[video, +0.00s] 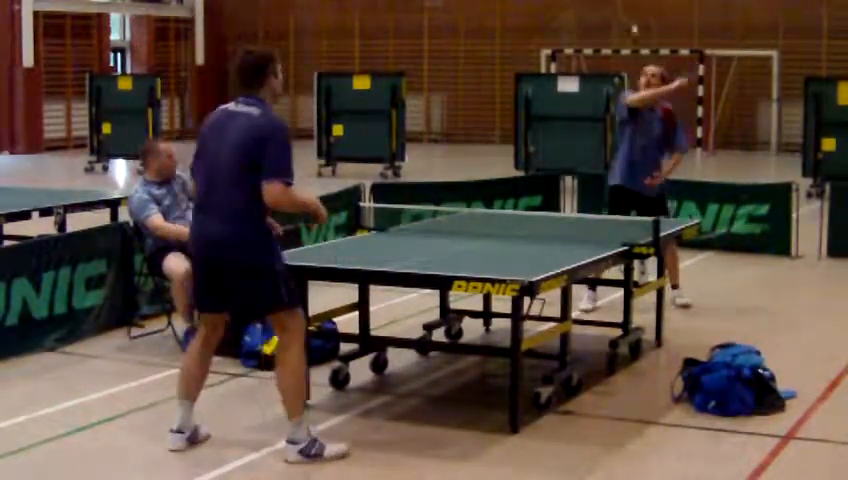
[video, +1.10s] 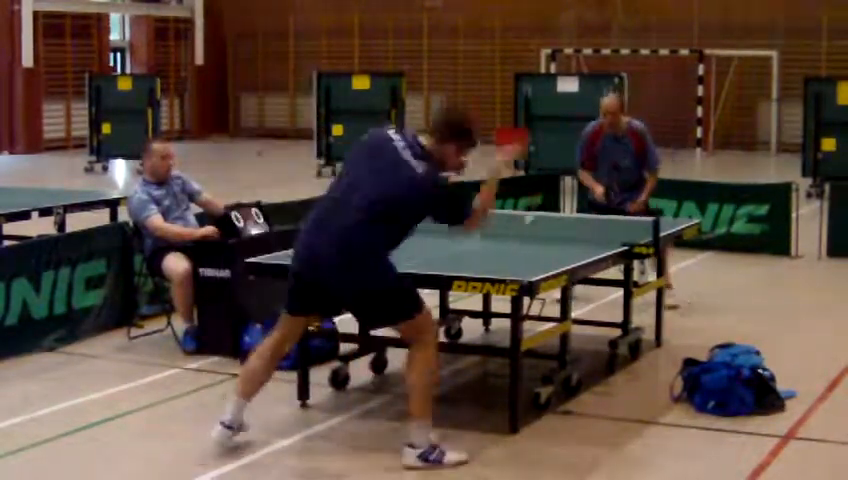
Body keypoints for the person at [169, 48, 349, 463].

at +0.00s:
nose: (282, 81)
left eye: (280, 74)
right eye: (280, 75)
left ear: (241, 79)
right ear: (272, 79)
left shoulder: (214, 120)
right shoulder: (271, 126)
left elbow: (201, 187)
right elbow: (275, 195)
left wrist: (259, 217)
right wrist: (310, 204)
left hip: (205, 242)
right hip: (248, 244)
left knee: (210, 327)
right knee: (291, 324)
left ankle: (182, 426)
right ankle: (300, 437)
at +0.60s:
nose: (324, 109)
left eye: (324, 102)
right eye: (325, 103)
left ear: (288, 98)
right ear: (315, 101)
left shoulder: (251, 135)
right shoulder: (306, 141)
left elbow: (236, 197)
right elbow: (321, 212)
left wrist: (282, 219)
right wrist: (363, 225)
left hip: (239, 251)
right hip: (285, 254)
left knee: (242, 339)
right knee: (343, 334)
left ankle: (211, 435)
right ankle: (350, 441)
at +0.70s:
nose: (351, 112)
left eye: (351, 104)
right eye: (350, 104)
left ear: (314, 99)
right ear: (339, 104)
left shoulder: (281, 132)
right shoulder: (314, 144)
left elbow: (290, 197)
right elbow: (310, 214)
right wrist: (357, 252)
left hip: (248, 257)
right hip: (289, 262)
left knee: (252, 342)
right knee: (360, 329)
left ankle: (212, 433)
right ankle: (378, 440)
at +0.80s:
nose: (381, 134)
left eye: (382, 127)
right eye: (380, 126)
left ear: (351, 118)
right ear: (364, 123)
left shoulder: (319, 141)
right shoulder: (332, 159)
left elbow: (351, 204)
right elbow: (297, 222)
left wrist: (400, 208)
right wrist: (332, 277)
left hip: (261, 264)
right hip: (290, 272)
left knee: (266, 347)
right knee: (373, 335)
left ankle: (215, 432)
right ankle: (411, 439)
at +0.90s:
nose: (417, 158)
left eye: (419, 150)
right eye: (417, 150)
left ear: (389, 139)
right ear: (402, 145)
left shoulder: (358, 155)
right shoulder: (355, 175)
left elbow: (391, 189)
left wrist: (438, 200)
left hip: (284, 267)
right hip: (321, 269)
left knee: (271, 353)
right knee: (401, 336)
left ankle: (215, 435)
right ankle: (421, 444)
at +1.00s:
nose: (444, 171)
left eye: (449, 164)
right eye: (447, 163)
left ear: (419, 142)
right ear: (436, 155)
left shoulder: (371, 147)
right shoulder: (397, 194)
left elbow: (396, 179)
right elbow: (386, 268)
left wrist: (423, 190)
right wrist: (429, 282)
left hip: (303, 260)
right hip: (349, 274)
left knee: (282, 340)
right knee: (420, 332)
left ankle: (219, 429)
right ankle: (420, 444)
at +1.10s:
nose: (463, 161)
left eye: (466, 155)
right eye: (462, 153)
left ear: (434, 134)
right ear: (448, 146)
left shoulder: (380, 138)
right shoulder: (429, 183)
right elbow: (473, 216)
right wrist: (497, 174)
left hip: (310, 255)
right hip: (359, 267)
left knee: (282, 335)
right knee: (424, 333)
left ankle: (229, 420)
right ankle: (420, 443)